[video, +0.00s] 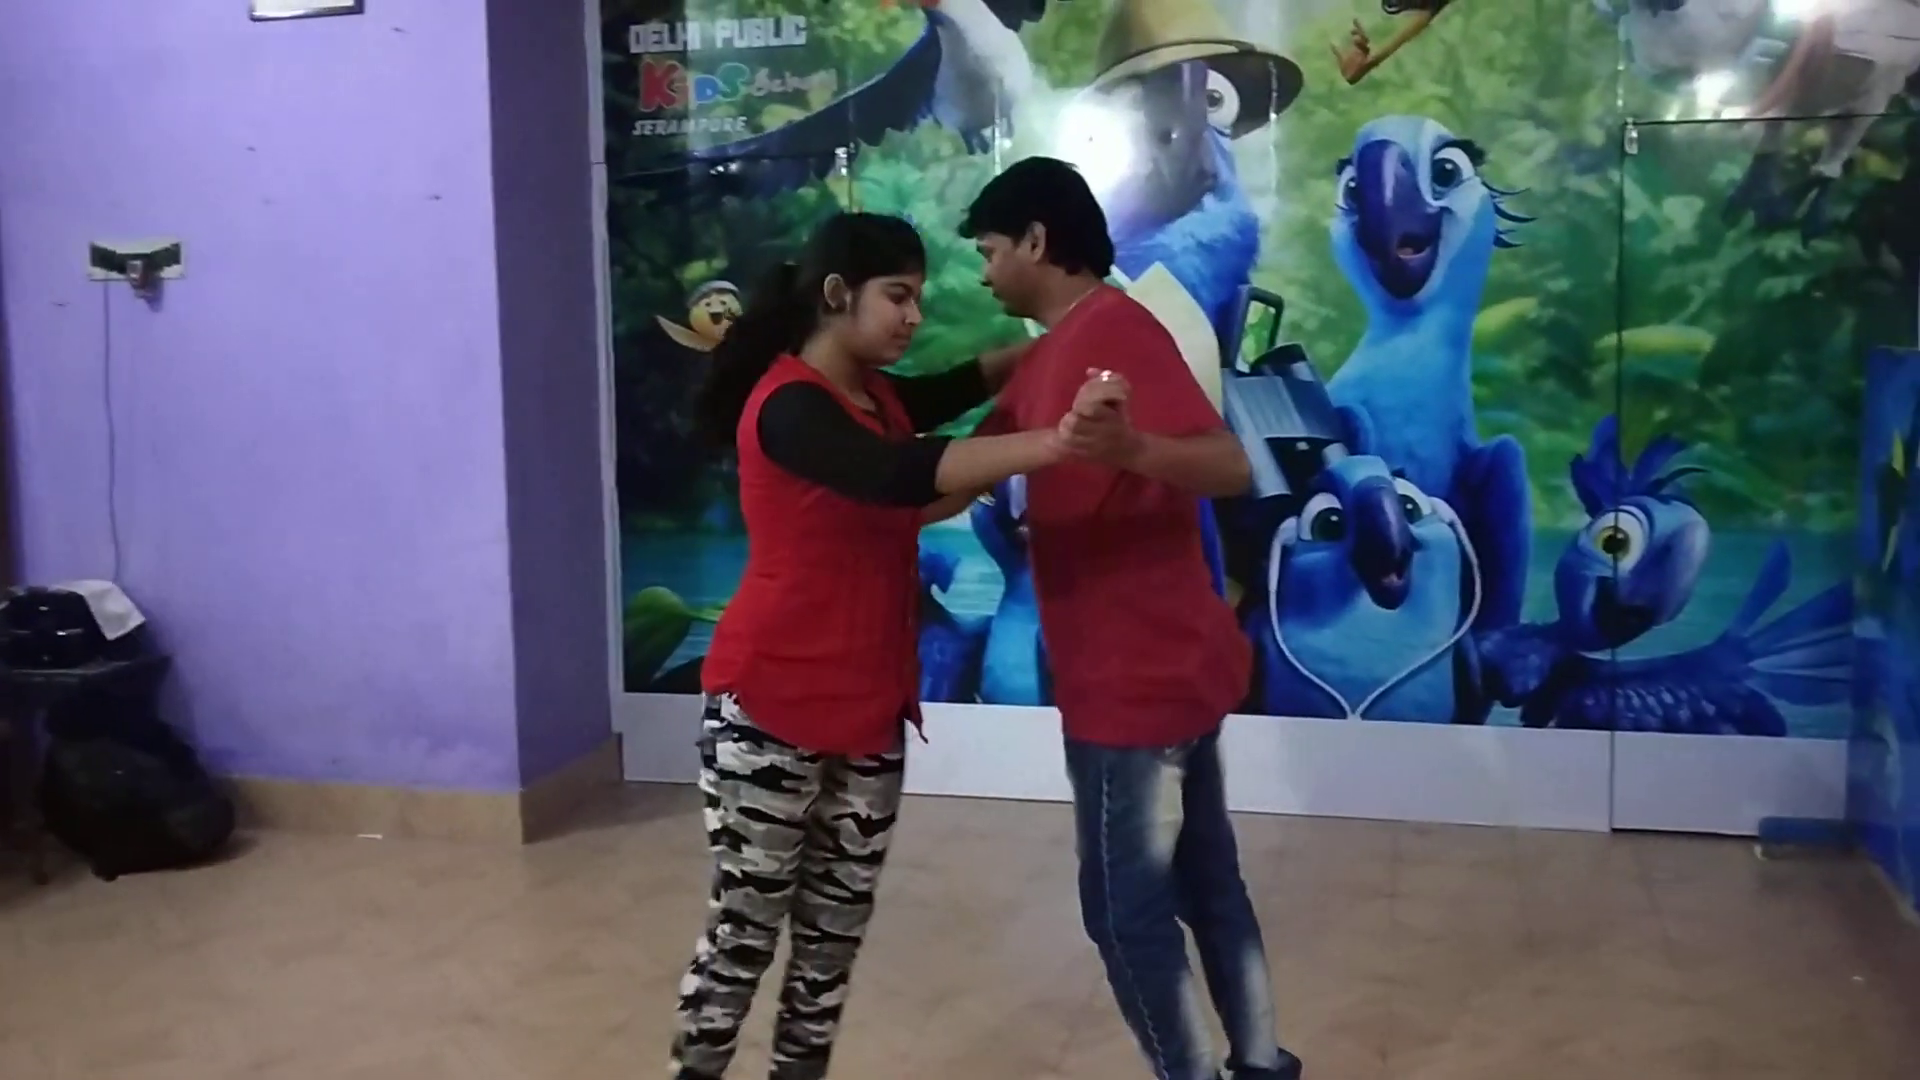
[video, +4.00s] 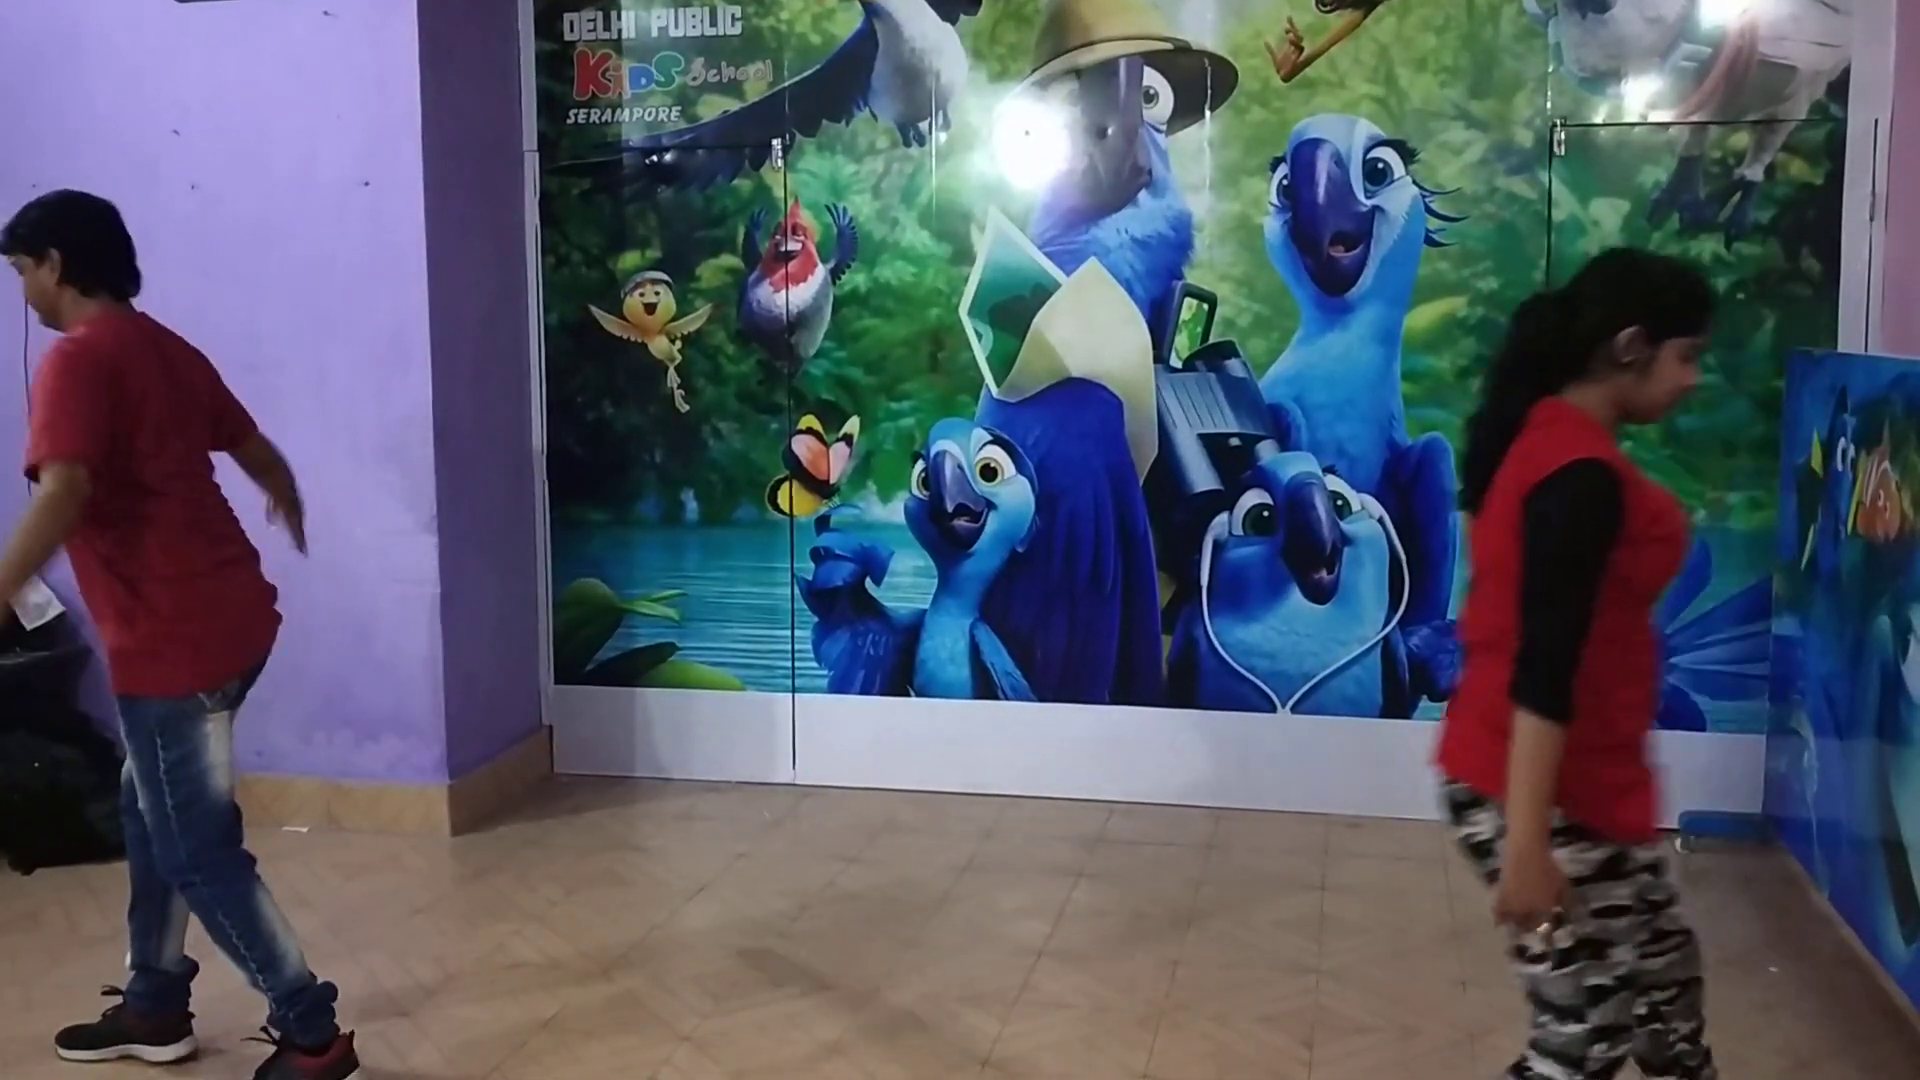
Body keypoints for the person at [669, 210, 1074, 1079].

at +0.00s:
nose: (914, 315)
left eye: (917, 299)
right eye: (897, 296)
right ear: (837, 294)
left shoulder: (885, 400)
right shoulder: (786, 401)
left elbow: (985, 376)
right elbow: (901, 474)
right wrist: (1055, 442)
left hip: (868, 723)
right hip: (767, 713)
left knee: (830, 944)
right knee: (745, 932)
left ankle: (796, 1075)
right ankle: (696, 1071)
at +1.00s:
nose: (462, 333)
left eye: (467, 313)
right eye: (459, 316)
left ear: (511, 304)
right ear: (535, 305)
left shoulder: (550, 401)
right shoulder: (603, 384)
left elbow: (608, 555)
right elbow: (682, 515)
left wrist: (637, 714)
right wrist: (711, 640)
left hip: (566, 701)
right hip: (621, 694)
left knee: (443, 858)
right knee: (583, 876)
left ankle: (486, 1031)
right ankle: (656, 1049)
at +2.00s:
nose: (89, 304)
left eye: (88, 284)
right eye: (84, 287)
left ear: (121, 273)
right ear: (174, 271)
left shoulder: (139, 371)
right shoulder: (240, 360)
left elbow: (150, 528)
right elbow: (292, 503)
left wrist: (135, 685)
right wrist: (296, 625)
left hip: (182, 655)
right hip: (241, 639)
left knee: (241, 855)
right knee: (169, 820)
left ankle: (326, 1043)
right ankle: (161, 1008)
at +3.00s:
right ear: (28, 532)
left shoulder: (15, 596)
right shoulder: (83, 573)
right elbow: (80, 708)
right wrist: (13, 783)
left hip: (239, 716)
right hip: (302, 685)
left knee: (132, 914)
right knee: (129, 800)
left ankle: (303, 1040)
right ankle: (154, 1017)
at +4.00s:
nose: (19, 287)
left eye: (22, 269)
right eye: (17, 270)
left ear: (54, 266)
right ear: (96, 265)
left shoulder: (75, 361)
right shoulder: (168, 346)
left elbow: (66, 489)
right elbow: (251, 445)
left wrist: (6, 584)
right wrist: (287, 495)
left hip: (167, 643)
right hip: (234, 619)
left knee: (201, 853)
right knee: (149, 815)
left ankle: (313, 1031)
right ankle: (154, 1009)